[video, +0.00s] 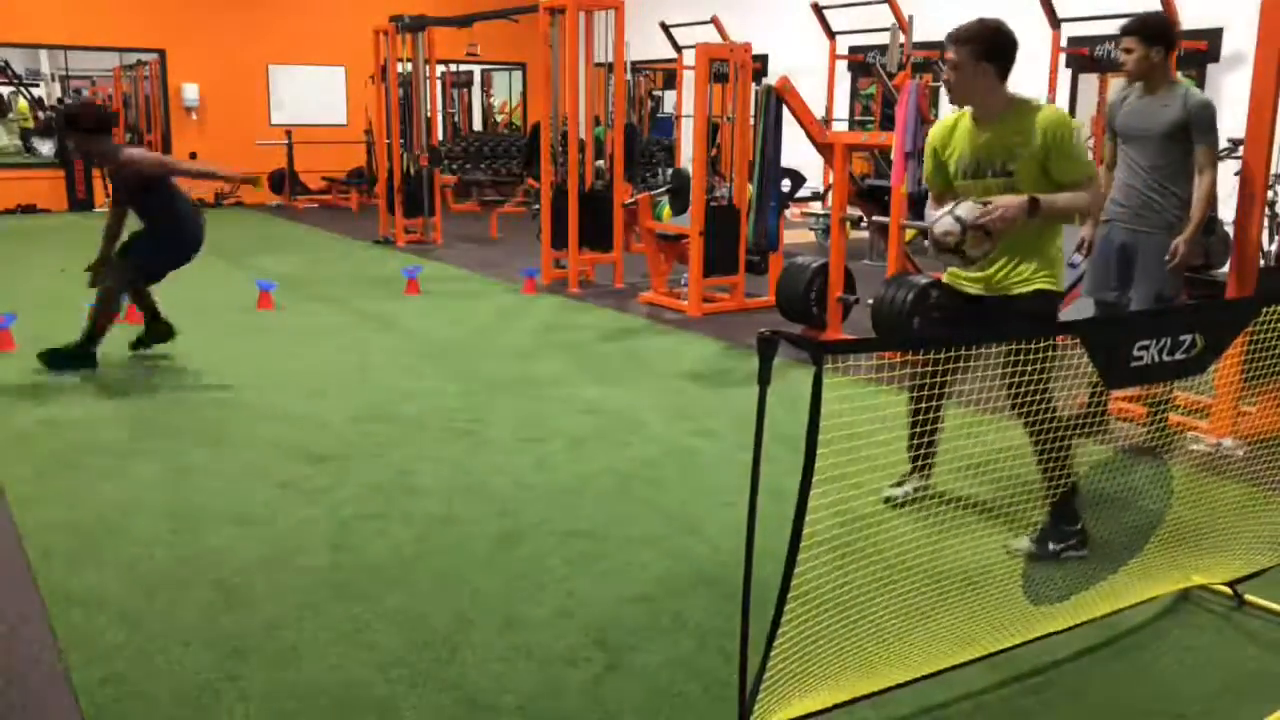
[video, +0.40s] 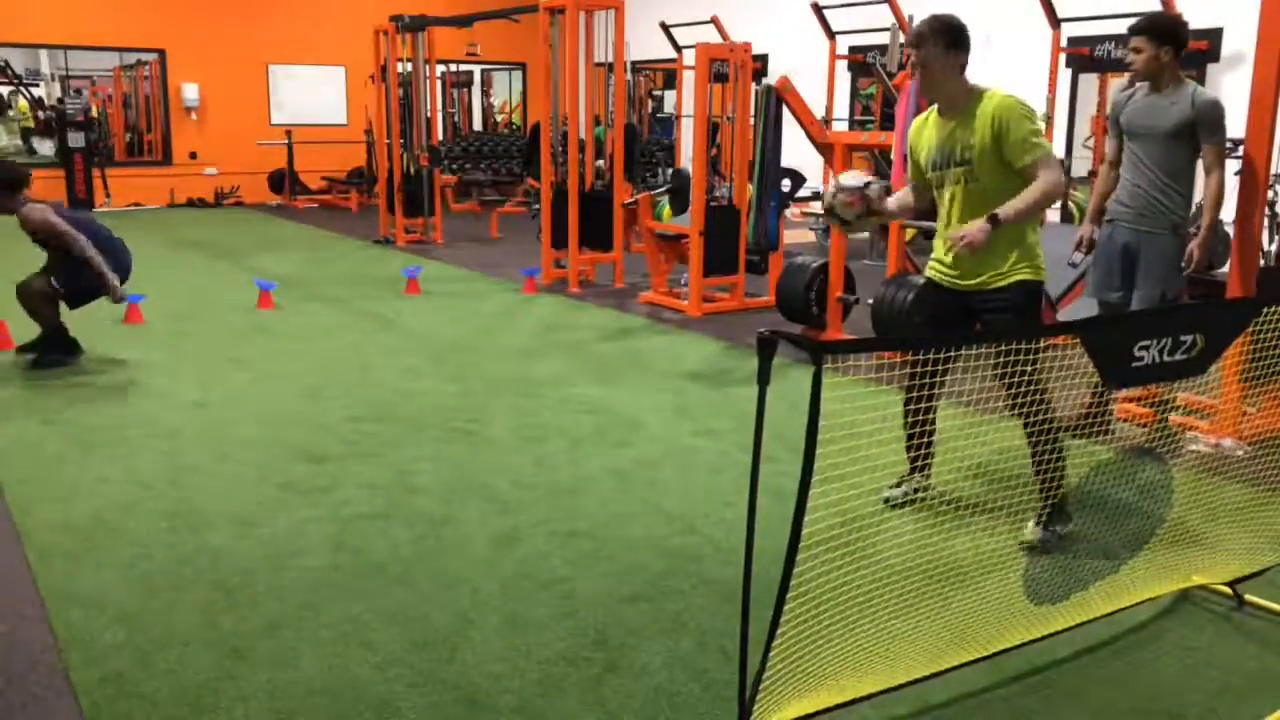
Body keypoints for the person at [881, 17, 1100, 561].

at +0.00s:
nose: (945, 75)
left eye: (954, 66)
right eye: (945, 65)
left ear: (989, 69)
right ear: (966, 69)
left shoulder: (1049, 126)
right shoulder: (943, 133)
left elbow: (1091, 197)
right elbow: (937, 203)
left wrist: (1028, 205)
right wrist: (940, 227)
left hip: (1029, 284)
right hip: (962, 283)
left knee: (1028, 396)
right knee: (926, 371)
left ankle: (1067, 519)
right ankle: (918, 474)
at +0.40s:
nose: (910, 62)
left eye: (919, 51)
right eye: (910, 52)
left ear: (954, 56)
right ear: (930, 58)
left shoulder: (1004, 112)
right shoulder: (919, 129)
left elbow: (1053, 180)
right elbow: (920, 199)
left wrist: (992, 220)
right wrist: (874, 207)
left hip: (1009, 279)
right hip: (945, 277)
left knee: (1022, 388)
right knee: (918, 377)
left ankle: (1054, 504)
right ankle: (918, 476)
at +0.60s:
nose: (945, 79)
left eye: (957, 67)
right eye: (937, 68)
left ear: (981, 64)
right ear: (929, 68)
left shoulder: (1019, 116)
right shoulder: (927, 131)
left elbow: (1089, 170)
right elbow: (891, 180)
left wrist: (1097, 240)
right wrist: (832, 162)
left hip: (1029, 281)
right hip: (961, 280)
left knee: (1037, 391)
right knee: (925, 374)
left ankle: (1062, 508)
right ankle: (917, 475)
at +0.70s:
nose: (974, 84)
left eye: (985, 72)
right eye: (964, 74)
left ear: (1000, 68)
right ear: (945, 72)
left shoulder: (1043, 119)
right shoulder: (936, 134)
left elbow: (1119, 162)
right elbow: (887, 180)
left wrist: (1154, 219)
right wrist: (841, 150)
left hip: (1046, 282)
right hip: (971, 283)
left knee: (1047, 384)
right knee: (935, 372)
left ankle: (1066, 508)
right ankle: (919, 477)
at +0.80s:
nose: (1003, 89)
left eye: (1012, 77)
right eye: (991, 80)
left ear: (1027, 73)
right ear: (973, 81)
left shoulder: (1067, 125)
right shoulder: (951, 145)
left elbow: (1130, 169)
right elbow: (899, 211)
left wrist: (1180, 199)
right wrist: (856, 185)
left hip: (1062, 291)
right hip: (983, 296)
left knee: (1062, 397)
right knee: (939, 374)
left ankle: (1065, 513)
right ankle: (920, 475)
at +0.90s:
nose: (1025, 100)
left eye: (1033, 87)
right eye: (1011, 90)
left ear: (1046, 82)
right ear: (991, 90)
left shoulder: (1082, 135)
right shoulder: (973, 159)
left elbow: (1127, 201)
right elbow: (958, 237)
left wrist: (1178, 227)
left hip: (1073, 292)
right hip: (998, 298)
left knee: (1080, 403)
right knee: (952, 377)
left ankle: (1063, 512)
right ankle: (920, 471)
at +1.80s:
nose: (1029, 54)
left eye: (1036, 44)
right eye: (1030, 44)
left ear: (1065, 48)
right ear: (1066, 49)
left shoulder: (1092, 107)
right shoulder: (1075, 105)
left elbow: (1105, 202)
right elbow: (1077, 202)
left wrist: (1039, 261)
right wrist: (1021, 222)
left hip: (1097, 275)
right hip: (1078, 271)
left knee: (1066, 390)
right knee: (1065, 387)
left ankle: (1083, 514)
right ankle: (1078, 490)